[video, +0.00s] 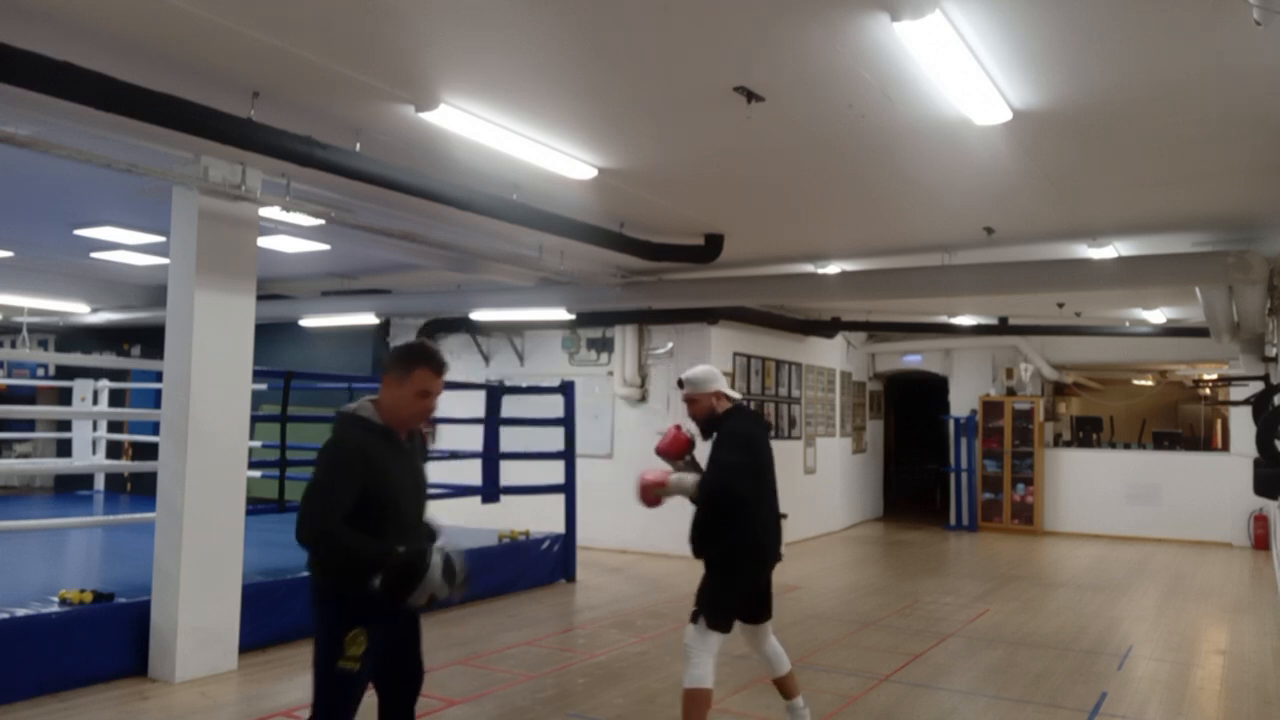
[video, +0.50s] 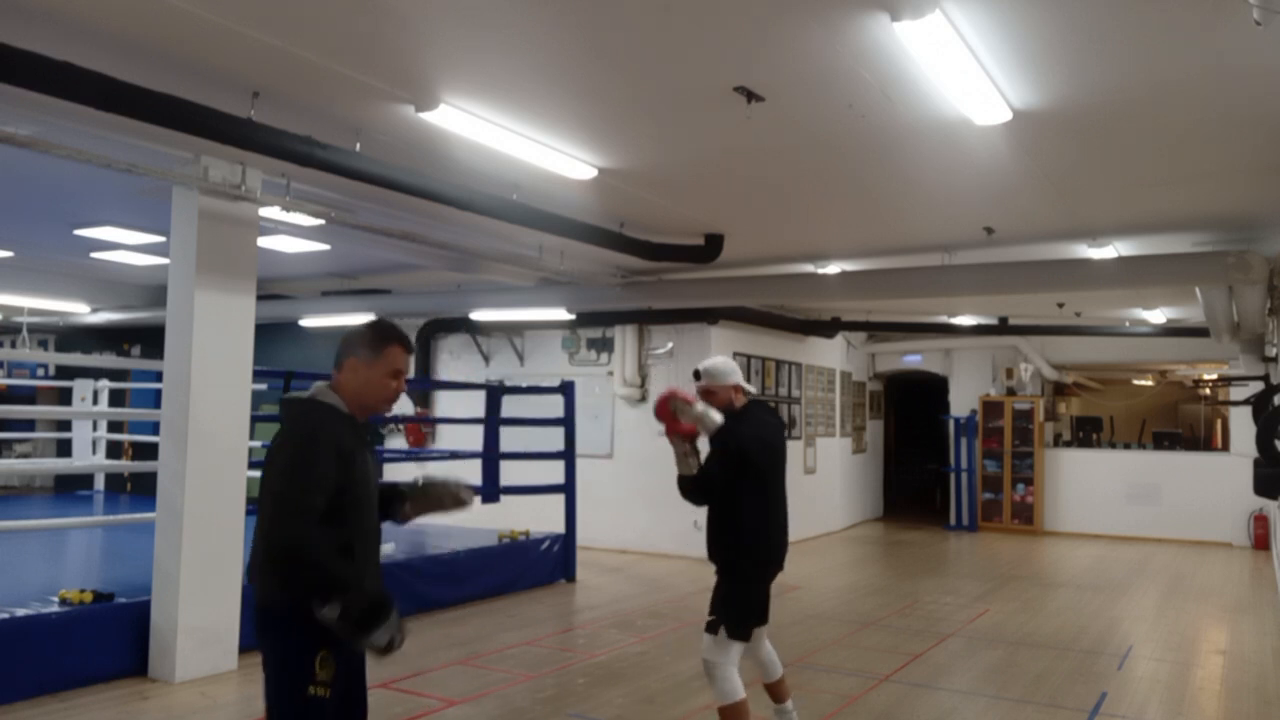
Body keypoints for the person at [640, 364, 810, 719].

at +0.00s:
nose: (688, 411)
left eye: (691, 402)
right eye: (686, 403)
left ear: (714, 398)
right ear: (716, 399)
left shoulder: (736, 431)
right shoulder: (743, 425)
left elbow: (724, 494)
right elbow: (720, 490)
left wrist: (675, 483)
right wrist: (686, 463)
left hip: (733, 558)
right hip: (754, 555)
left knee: (699, 644)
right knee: (760, 637)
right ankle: (800, 712)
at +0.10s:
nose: (697, 408)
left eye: (700, 399)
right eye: (694, 400)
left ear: (723, 395)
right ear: (722, 395)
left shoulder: (747, 426)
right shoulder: (739, 424)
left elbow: (745, 487)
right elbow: (719, 491)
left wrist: (694, 470)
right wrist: (693, 459)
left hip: (745, 555)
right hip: (752, 551)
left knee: (716, 644)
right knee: (763, 636)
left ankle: (703, 717)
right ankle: (799, 711)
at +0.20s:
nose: (702, 408)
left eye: (706, 399)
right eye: (700, 400)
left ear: (730, 395)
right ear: (724, 396)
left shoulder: (758, 423)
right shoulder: (733, 429)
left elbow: (760, 479)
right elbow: (713, 496)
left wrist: (708, 457)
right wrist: (695, 468)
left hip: (753, 553)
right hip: (748, 551)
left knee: (715, 642)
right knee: (759, 636)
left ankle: (719, 717)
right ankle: (798, 711)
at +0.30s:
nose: (705, 412)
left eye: (710, 405)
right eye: (703, 405)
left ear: (734, 401)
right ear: (721, 403)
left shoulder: (763, 431)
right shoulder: (726, 436)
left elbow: (767, 490)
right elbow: (707, 503)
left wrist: (714, 456)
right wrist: (691, 465)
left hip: (759, 559)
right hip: (740, 556)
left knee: (711, 649)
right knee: (757, 641)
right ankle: (799, 712)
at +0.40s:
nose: (705, 414)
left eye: (710, 406)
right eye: (704, 406)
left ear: (735, 404)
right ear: (736, 404)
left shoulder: (751, 440)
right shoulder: (764, 430)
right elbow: (744, 471)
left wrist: (688, 459)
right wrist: (705, 443)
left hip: (747, 568)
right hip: (759, 562)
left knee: (710, 659)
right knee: (759, 646)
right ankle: (798, 712)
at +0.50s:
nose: (703, 403)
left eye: (707, 394)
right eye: (701, 395)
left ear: (731, 392)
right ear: (738, 391)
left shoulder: (735, 434)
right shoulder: (767, 418)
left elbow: (698, 493)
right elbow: (739, 444)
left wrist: (683, 447)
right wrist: (699, 415)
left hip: (742, 559)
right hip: (766, 551)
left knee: (718, 662)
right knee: (756, 641)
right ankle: (787, 713)